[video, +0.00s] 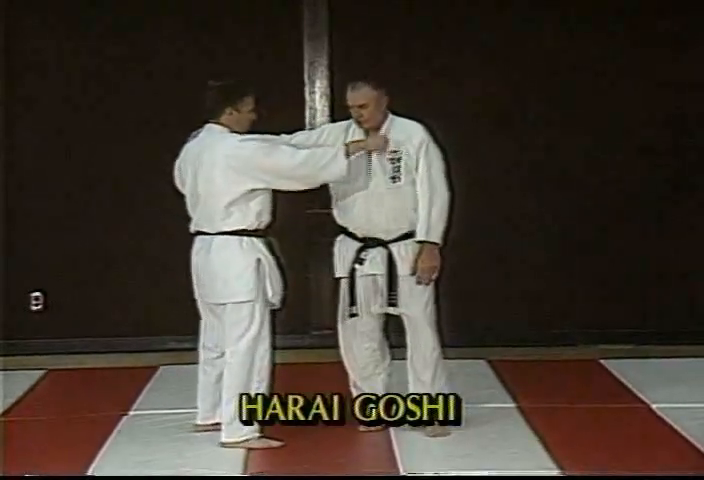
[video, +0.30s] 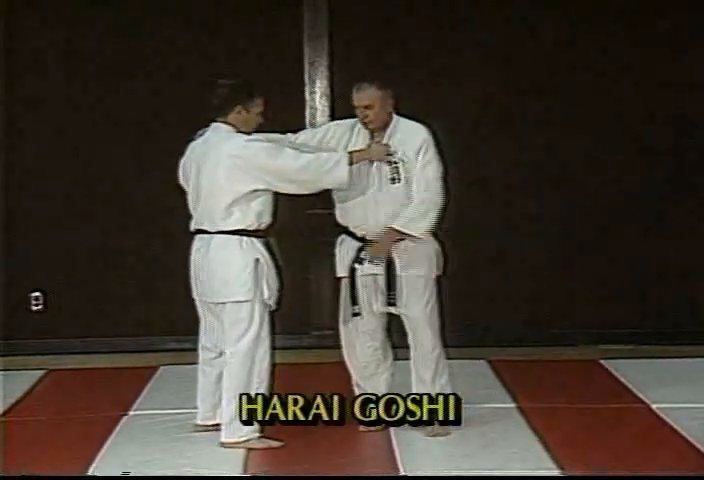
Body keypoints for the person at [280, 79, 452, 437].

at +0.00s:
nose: (358, 115)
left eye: (364, 108)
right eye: (352, 109)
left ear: (384, 102)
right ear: (348, 107)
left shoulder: (413, 136)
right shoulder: (337, 134)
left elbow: (435, 192)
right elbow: (290, 144)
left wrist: (431, 244)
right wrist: (242, 146)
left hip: (407, 246)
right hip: (356, 249)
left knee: (421, 327)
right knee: (359, 326)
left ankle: (428, 407)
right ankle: (370, 405)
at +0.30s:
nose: (363, 116)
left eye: (369, 109)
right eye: (358, 110)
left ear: (389, 105)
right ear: (354, 109)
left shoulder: (415, 137)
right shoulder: (345, 133)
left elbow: (430, 196)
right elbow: (294, 142)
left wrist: (392, 236)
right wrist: (242, 142)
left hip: (410, 244)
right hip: (358, 244)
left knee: (420, 324)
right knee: (360, 325)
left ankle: (433, 407)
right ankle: (373, 404)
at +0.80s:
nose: (376, 111)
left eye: (383, 104)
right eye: (372, 105)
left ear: (403, 103)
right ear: (368, 105)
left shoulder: (420, 138)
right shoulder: (357, 128)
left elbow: (388, 178)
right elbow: (309, 136)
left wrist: (327, 193)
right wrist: (255, 132)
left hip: (412, 246)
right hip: (364, 246)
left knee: (425, 330)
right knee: (365, 329)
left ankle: (437, 409)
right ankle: (375, 404)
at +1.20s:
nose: (391, 114)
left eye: (398, 108)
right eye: (387, 107)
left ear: (420, 104)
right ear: (384, 105)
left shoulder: (439, 139)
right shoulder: (374, 128)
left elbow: (404, 175)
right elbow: (328, 141)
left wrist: (339, 186)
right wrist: (274, 137)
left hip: (432, 248)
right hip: (381, 246)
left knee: (433, 338)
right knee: (380, 336)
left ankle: (431, 419)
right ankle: (393, 414)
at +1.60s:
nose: (398, 130)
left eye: (404, 122)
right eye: (393, 123)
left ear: (424, 114)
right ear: (388, 119)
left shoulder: (450, 143)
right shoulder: (386, 133)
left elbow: (412, 186)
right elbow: (340, 142)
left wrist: (346, 199)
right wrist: (289, 140)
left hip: (453, 243)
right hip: (408, 241)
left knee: (447, 328)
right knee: (403, 325)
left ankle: (440, 406)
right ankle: (403, 401)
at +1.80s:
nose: (400, 131)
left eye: (406, 124)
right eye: (395, 124)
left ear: (426, 116)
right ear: (391, 120)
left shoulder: (451, 146)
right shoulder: (386, 133)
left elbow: (412, 189)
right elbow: (341, 141)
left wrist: (346, 202)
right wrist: (291, 138)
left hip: (457, 243)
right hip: (419, 243)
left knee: (452, 325)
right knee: (429, 323)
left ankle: (447, 398)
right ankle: (436, 390)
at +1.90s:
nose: (401, 132)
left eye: (407, 124)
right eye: (396, 124)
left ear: (427, 116)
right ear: (392, 120)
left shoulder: (451, 146)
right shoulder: (388, 132)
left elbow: (412, 190)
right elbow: (343, 140)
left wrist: (344, 202)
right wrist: (294, 136)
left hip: (456, 242)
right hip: (422, 239)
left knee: (450, 322)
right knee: (437, 303)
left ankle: (441, 396)